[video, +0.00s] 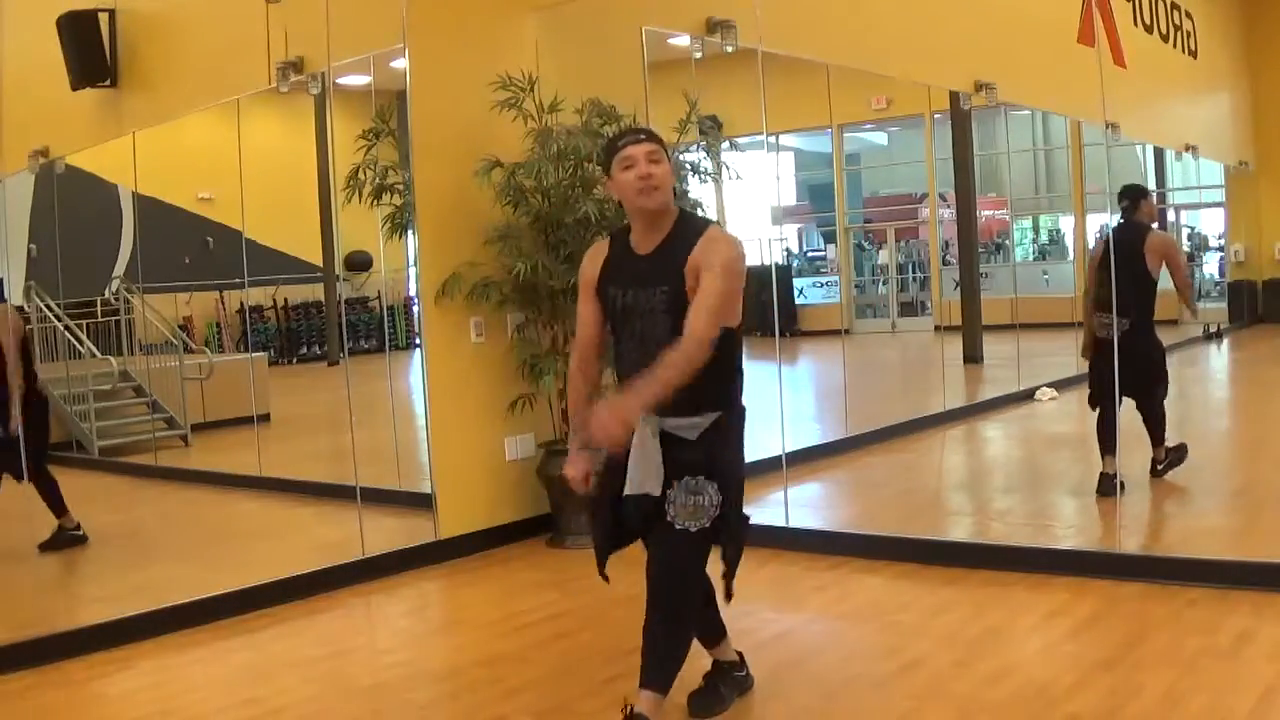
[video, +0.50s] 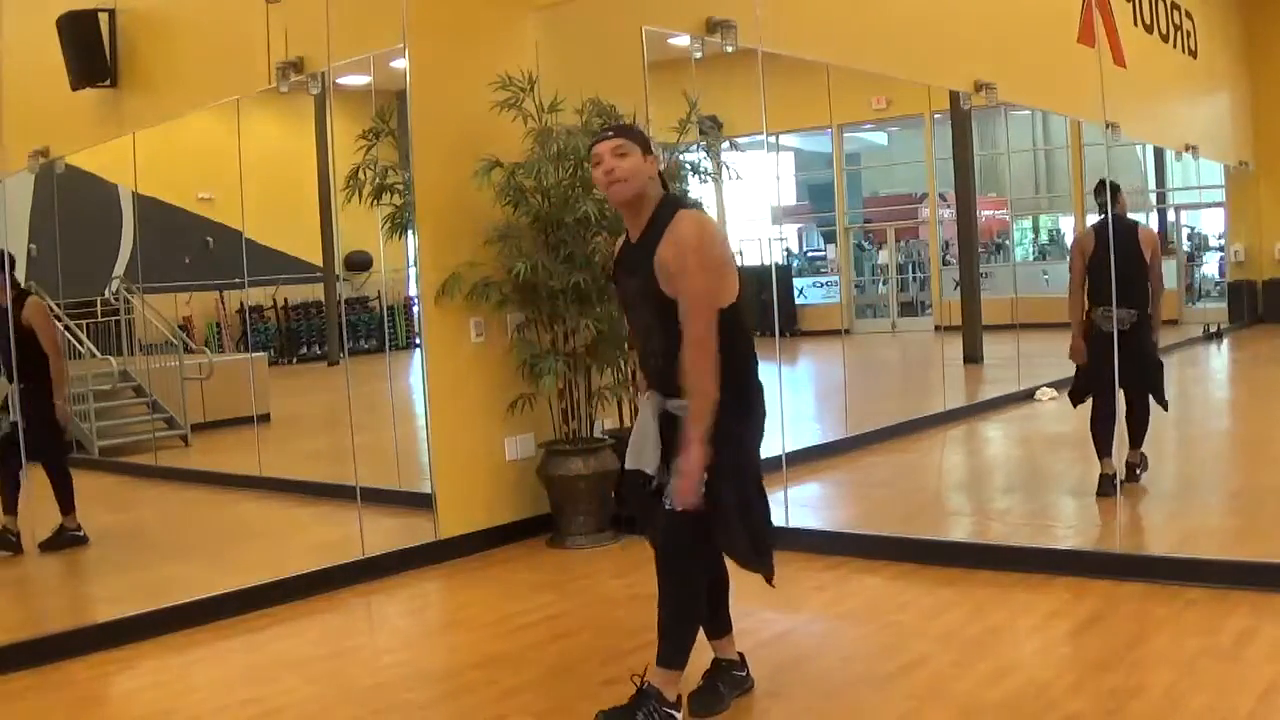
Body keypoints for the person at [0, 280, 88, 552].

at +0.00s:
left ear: (1, 291)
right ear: (4, 290)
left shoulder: (8, 316)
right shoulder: (8, 315)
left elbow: (14, 366)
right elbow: (14, 366)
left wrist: (15, 410)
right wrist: (16, 408)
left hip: (26, 403)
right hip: (25, 403)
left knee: (34, 465)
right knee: (34, 466)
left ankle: (69, 524)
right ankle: (68, 524)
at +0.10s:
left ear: (3, 287)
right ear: (5, 286)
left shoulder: (14, 311)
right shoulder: (11, 312)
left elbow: (34, 359)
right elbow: (32, 360)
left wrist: (41, 400)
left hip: (29, 395)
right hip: (16, 396)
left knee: (40, 460)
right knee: (40, 461)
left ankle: (69, 524)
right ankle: (68, 524)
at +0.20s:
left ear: (4, 279)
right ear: (7, 278)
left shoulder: (17, 306)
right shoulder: (14, 308)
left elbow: (45, 350)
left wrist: (60, 395)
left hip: (35, 400)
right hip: (19, 401)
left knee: (47, 458)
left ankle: (70, 526)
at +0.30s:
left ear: (4, 280)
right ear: (8, 278)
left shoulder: (24, 306)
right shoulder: (13, 309)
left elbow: (51, 349)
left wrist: (66, 392)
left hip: (43, 397)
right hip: (25, 399)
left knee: (50, 457)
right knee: (13, 457)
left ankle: (71, 525)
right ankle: (11, 530)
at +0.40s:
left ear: (5, 279)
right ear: (8, 277)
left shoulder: (29, 306)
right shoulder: (14, 308)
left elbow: (55, 352)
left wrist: (63, 395)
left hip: (42, 399)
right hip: (23, 400)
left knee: (53, 459)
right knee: (14, 461)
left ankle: (71, 525)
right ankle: (11, 530)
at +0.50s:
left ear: (5, 275)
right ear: (8, 273)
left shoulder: (31, 305)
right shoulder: (10, 308)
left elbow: (56, 354)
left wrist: (60, 401)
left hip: (41, 395)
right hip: (17, 396)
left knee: (53, 458)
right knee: (8, 461)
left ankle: (71, 525)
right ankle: (9, 528)